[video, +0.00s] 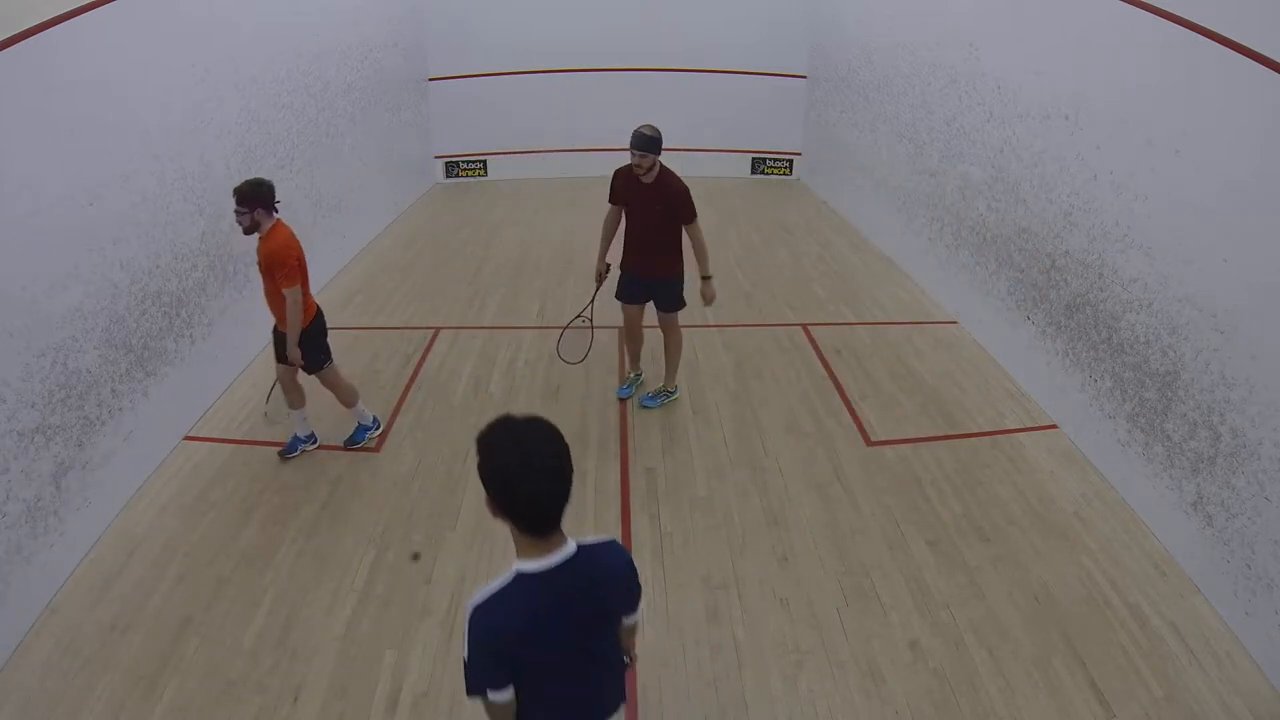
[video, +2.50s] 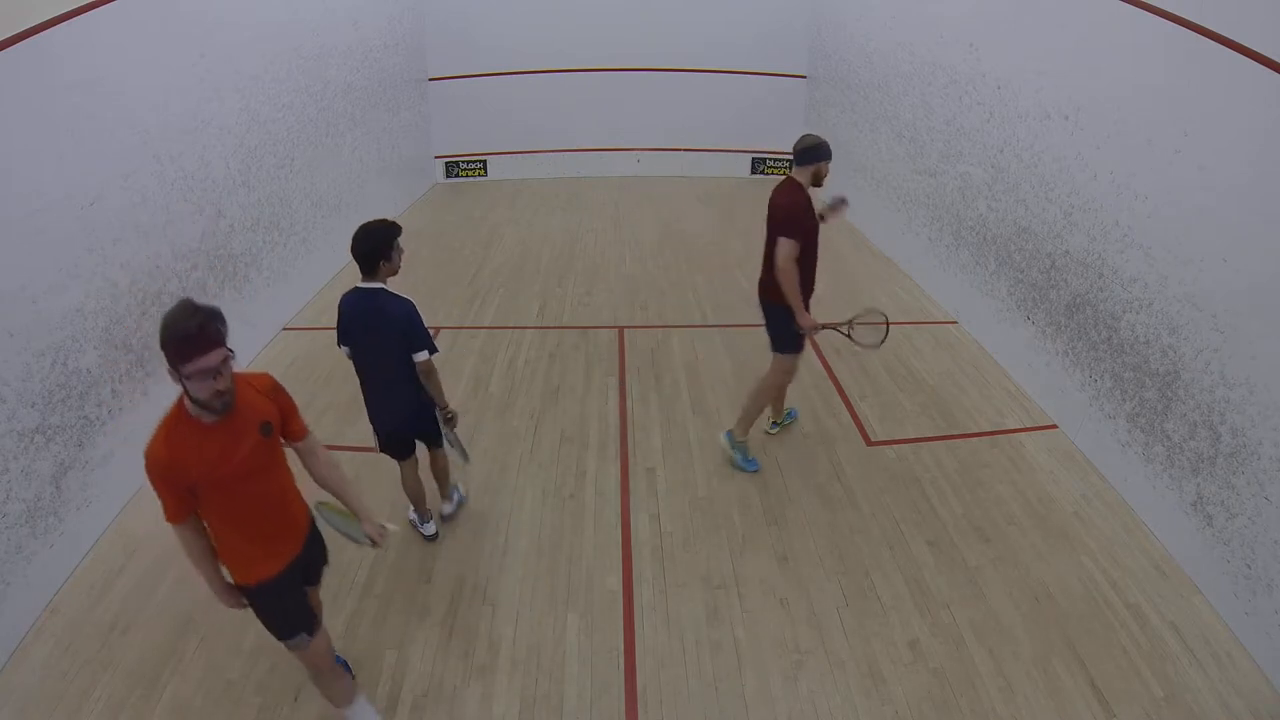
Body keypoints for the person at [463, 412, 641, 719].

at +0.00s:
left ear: (492, 507)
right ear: (568, 482)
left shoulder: (490, 614)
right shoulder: (613, 560)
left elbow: (501, 709)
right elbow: (628, 628)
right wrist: (626, 654)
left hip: (541, 712)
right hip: (609, 705)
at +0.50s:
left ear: (413, 424)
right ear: (476, 415)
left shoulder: (409, 519)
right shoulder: (518, 488)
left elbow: (423, 599)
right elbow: (550, 558)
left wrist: (442, 639)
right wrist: (565, 594)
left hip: (473, 621)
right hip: (530, 609)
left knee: (481, 656)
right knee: (558, 679)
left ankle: (489, 688)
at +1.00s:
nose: (438, 364)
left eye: (436, 355)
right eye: (437, 357)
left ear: (382, 367)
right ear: (430, 370)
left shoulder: (367, 438)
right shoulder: (459, 435)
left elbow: (369, 500)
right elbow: (495, 510)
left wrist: (408, 505)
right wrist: (516, 551)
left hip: (425, 554)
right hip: (474, 543)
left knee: (463, 618)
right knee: (484, 579)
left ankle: (487, 683)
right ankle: (492, 615)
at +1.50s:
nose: (446, 314)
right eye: (445, 308)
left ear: (398, 315)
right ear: (441, 319)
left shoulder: (377, 371)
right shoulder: (460, 374)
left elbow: (377, 443)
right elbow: (483, 439)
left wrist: (423, 469)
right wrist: (496, 473)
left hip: (415, 481)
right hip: (462, 476)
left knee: (425, 528)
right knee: (469, 530)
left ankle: (453, 593)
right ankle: (478, 582)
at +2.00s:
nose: (418, 287)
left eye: (416, 280)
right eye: (416, 281)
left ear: (376, 290)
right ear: (406, 291)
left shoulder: (365, 340)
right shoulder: (430, 337)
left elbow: (367, 399)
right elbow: (458, 393)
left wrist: (375, 437)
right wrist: (468, 414)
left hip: (402, 436)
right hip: (440, 433)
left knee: (416, 485)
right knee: (457, 505)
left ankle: (426, 523)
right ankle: (476, 573)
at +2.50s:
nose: (402, 256)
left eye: (400, 249)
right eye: (398, 251)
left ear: (363, 261)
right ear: (385, 261)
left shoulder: (348, 303)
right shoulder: (401, 308)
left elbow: (350, 353)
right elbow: (425, 367)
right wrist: (443, 405)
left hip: (380, 405)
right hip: (414, 399)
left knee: (406, 462)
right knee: (435, 448)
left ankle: (425, 521)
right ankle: (448, 499)